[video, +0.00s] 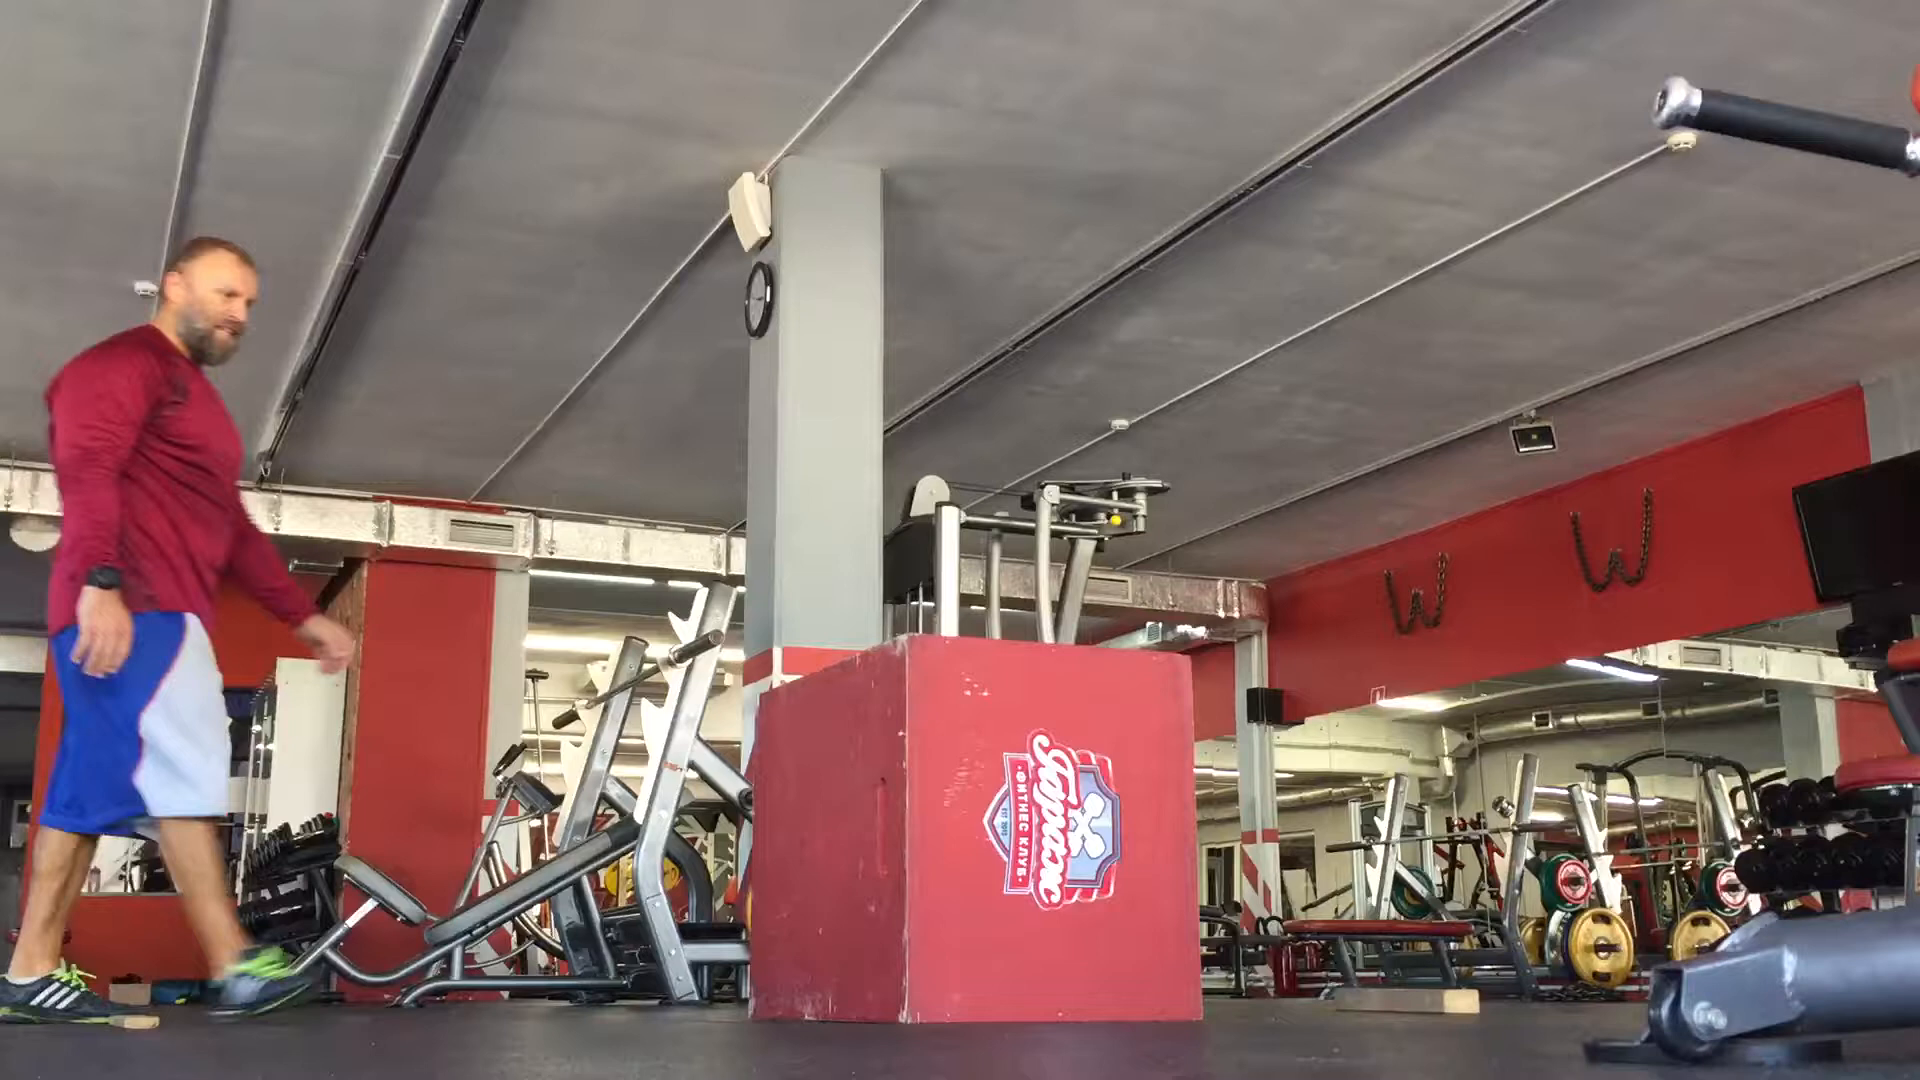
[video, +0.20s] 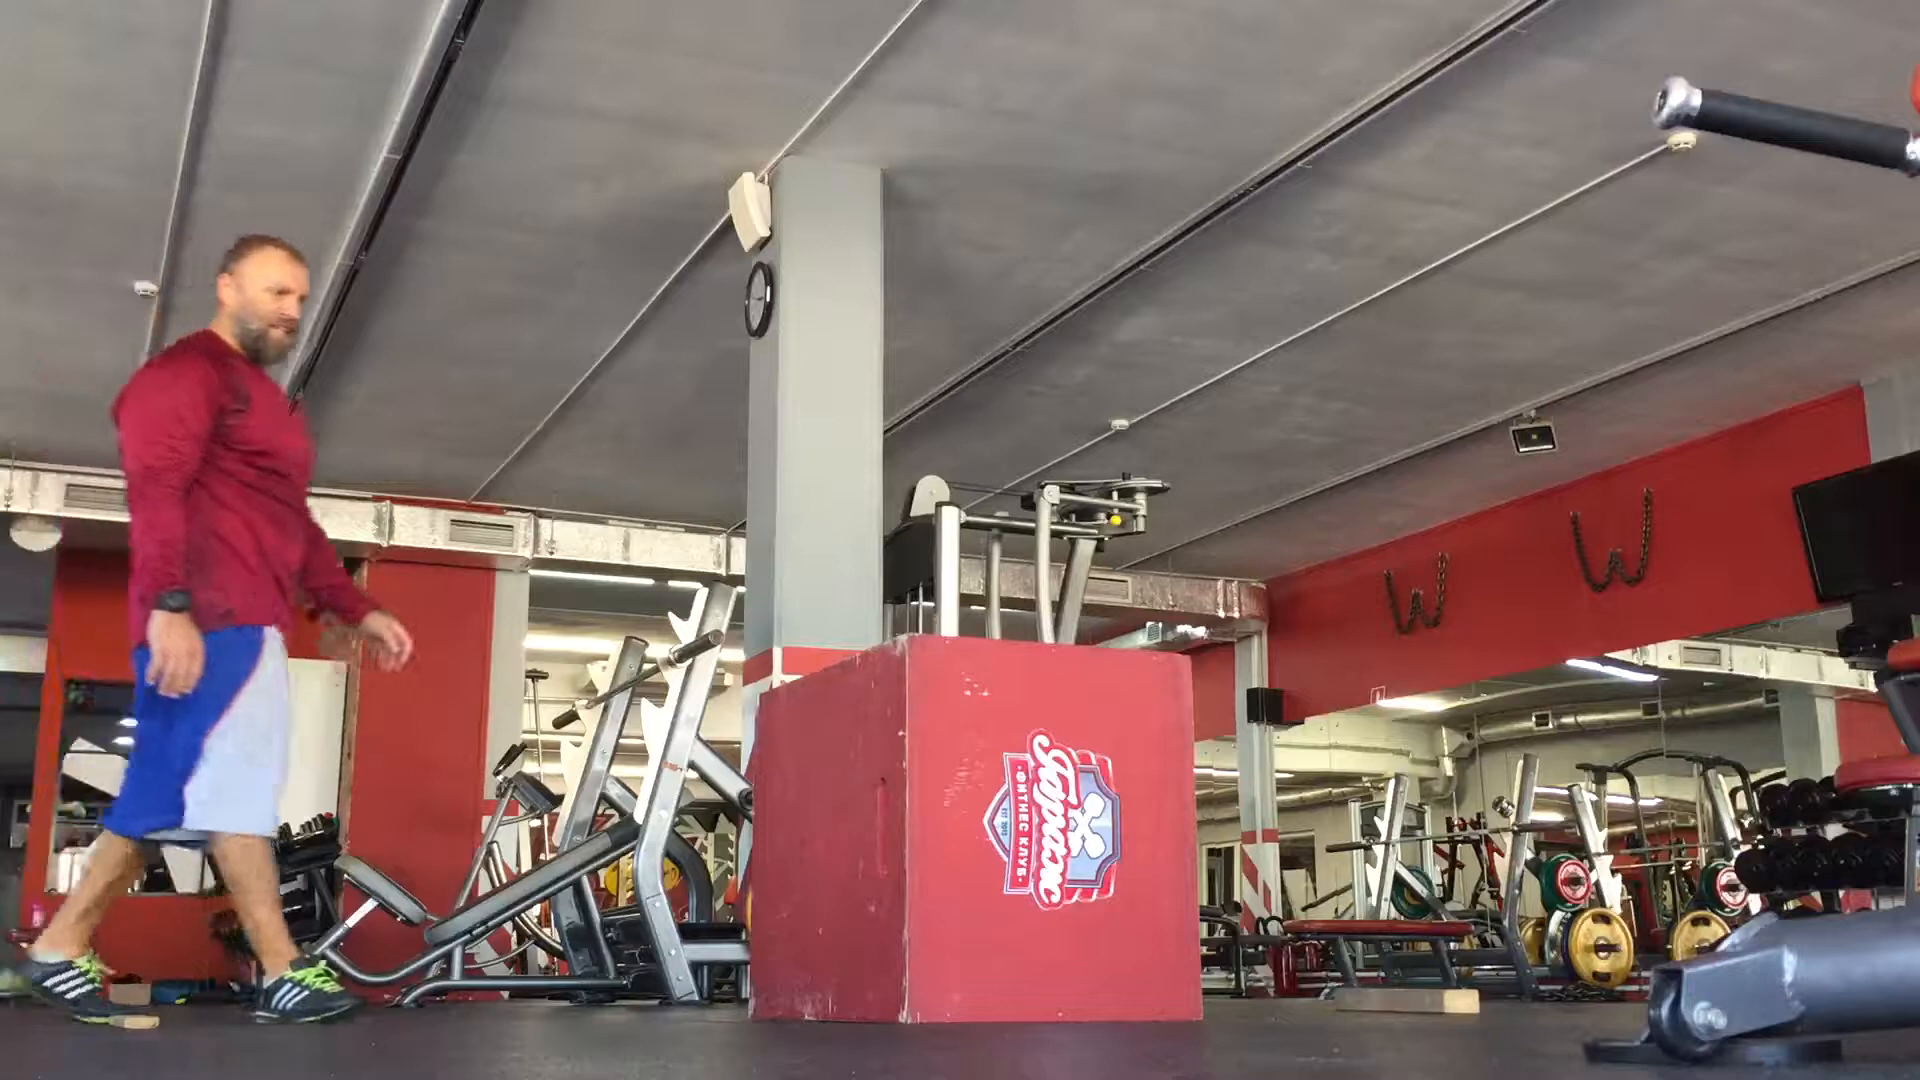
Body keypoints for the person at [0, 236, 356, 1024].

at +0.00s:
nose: (240, 314)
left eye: (248, 304)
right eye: (227, 294)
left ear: (241, 312)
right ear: (173, 286)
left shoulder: (196, 399)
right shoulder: (126, 363)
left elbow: (231, 525)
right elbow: (88, 468)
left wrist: (304, 615)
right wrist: (100, 581)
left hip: (127, 608)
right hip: (146, 607)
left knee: (84, 787)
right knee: (188, 780)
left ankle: (32, 970)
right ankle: (233, 965)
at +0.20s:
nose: (291, 310)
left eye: (301, 299)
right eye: (277, 292)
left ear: (301, 310)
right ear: (226, 289)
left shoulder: (273, 404)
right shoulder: (186, 372)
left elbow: (291, 524)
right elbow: (155, 487)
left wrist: (355, 609)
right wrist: (170, 607)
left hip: (249, 622)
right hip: (214, 619)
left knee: (158, 792)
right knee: (240, 796)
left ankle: (58, 948)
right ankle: (283, 972)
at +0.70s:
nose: (462, 294)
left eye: (471, 282)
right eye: (446, 275)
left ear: (473, 290)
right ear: (397, 271)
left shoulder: (449, 381)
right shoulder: (334, 360)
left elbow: (442, 496)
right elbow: (312, 476)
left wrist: (466, 584)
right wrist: (358, 582)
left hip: (453, 613)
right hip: (348, 612)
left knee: (473, 783)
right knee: (314, 791)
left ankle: (523, 957)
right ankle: (286, 970)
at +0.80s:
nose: (498, 290)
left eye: (508, 278)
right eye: (482, 271)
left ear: (510, 289)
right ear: (432, 267)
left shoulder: (503, 391)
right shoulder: (367, 356)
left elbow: (507, 508)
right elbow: (337, 470)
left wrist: (524, 605)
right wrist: (359, 580)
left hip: (499, 617)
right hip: (391, 612)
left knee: (516, 786)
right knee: (337, 785)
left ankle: (536, 967)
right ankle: (294, 963)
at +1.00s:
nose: (568, 269)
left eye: (579, 256)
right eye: (552, 249)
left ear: (584, 268)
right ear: (503, 245)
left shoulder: (588, 376)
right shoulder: (429, 334)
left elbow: (610, 499)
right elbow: (376, 439)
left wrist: (644, 613)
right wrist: (355, 559)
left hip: (556, 599)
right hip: (451, 583)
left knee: (557, 771)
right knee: (463, 759)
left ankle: (534, 965)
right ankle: (387, 892)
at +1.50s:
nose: (627, 218)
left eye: (639, 201)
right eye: (608, 199)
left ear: (651, 200)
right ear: (559, 190)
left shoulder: (682, 306)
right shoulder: (496, 297)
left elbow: (712, 432)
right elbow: (452, 427)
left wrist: (733, 538)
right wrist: (449, 555)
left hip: (666, 575)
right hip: (551, 568)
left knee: (680, 746)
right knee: (544, 749)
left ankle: (598, 892)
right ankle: (557, 951)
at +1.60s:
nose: (640, 209)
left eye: (651, 191)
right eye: (620, 189)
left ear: (664, 190)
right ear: (571, 182)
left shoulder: (695, 294)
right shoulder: (507, 288)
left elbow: (726, 425)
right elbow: (465, 419)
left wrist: (738, 539)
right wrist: (473, 545)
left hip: (685, 568)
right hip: (562, 566)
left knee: (718, 743)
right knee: (545, 751)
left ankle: (640, 910)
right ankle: (559, 949)